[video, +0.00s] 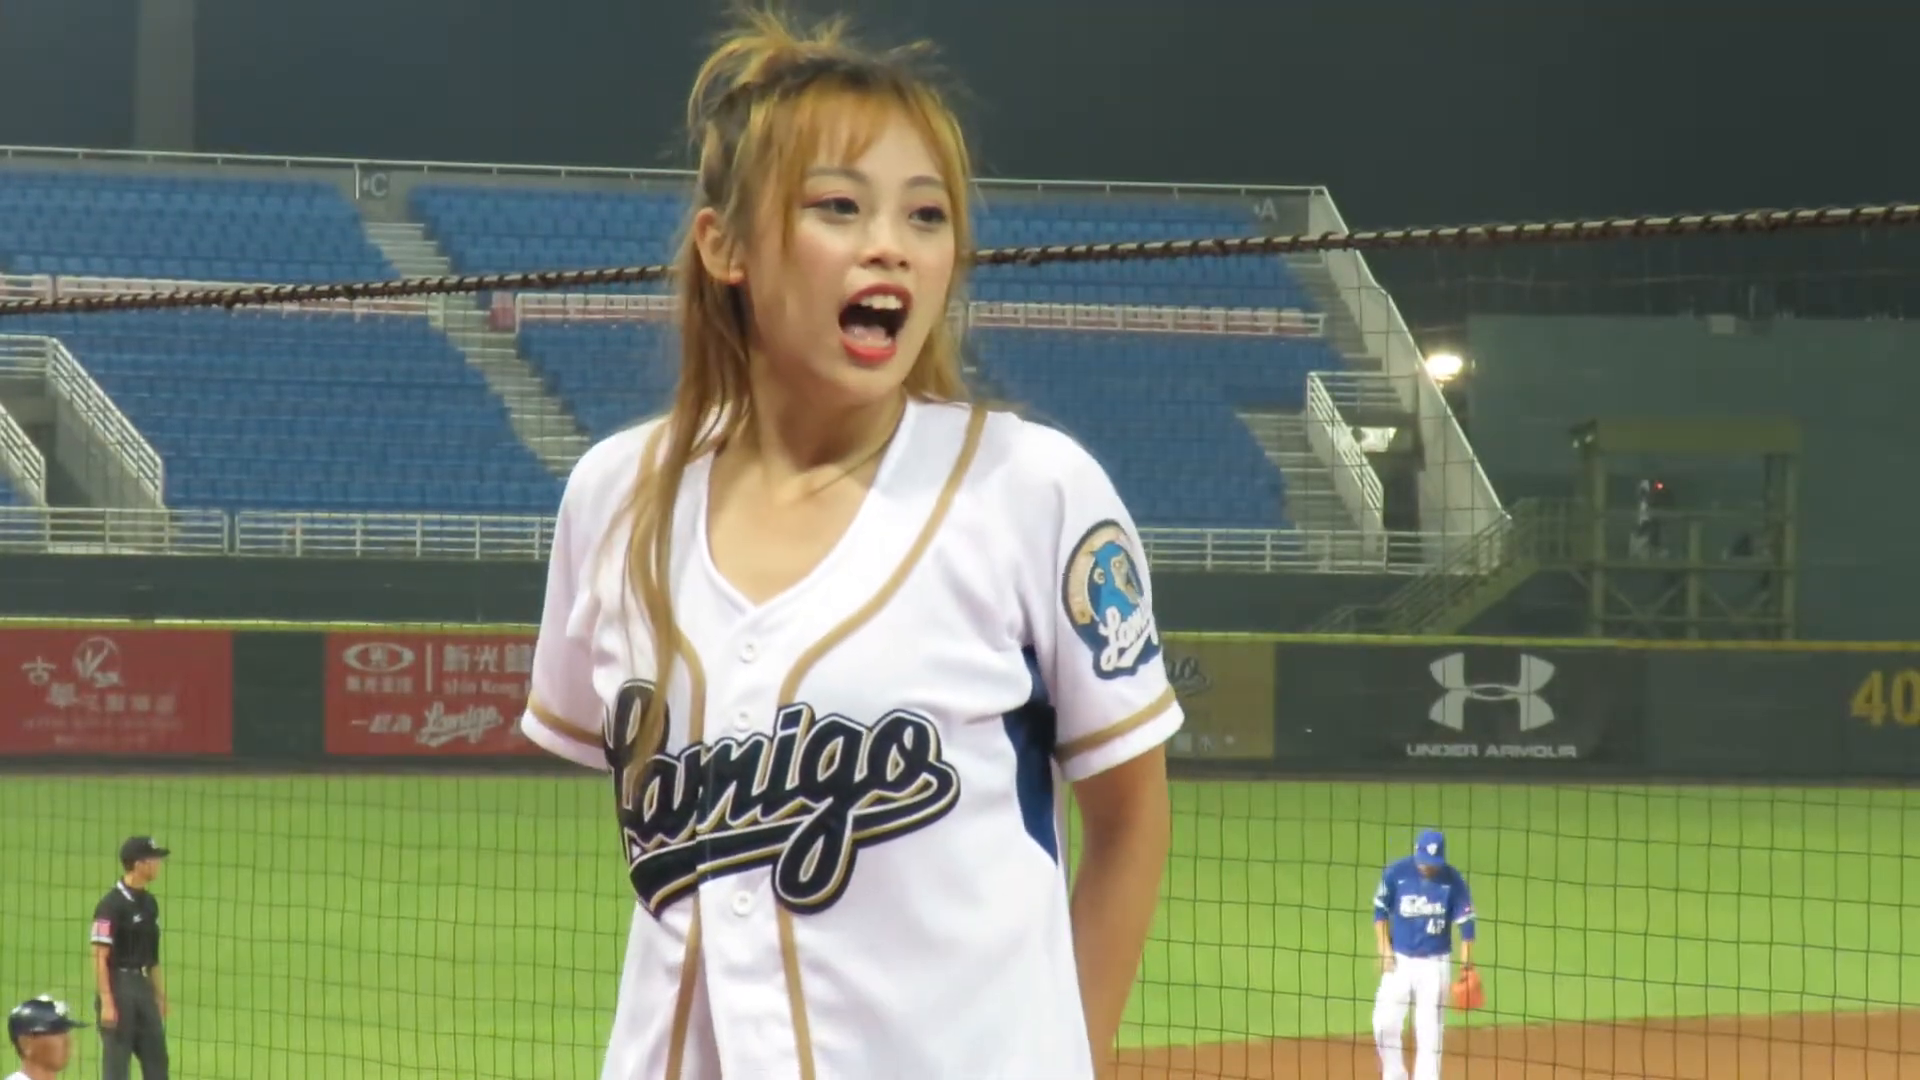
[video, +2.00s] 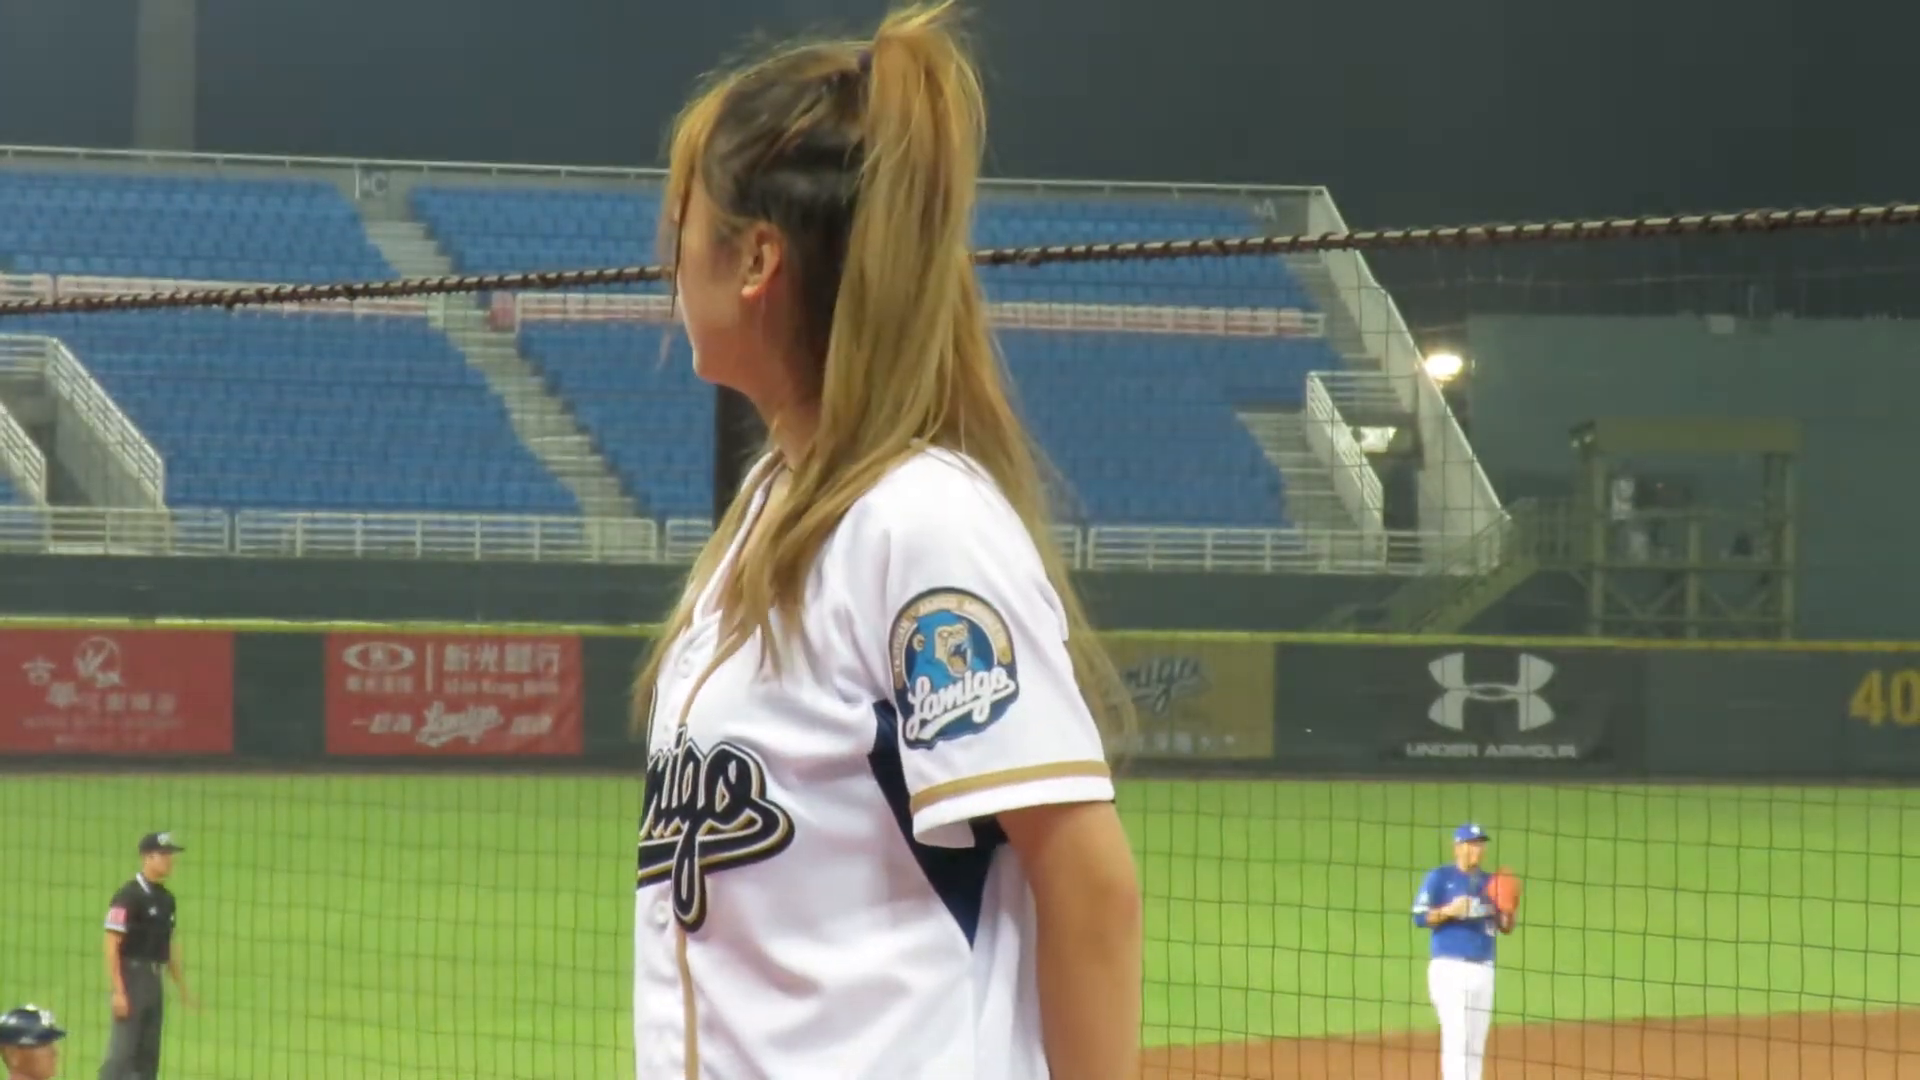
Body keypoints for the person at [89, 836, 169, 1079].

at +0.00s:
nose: (158, 865)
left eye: (157, 860)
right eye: (153, 860)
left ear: (143, 865)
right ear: (137, 865)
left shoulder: (149, 903)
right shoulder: (111, 904)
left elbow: (152, 957)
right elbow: (100, 957)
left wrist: (159, 995)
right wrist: (107, 1002)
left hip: (142, 977)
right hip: (117, 977)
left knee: (156, 1057)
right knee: (117, 1059)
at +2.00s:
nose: (169, 861)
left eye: (170, 856)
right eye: (163, 855)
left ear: (169, 858)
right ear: (147, 857)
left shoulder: (166, 899)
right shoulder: (128, 895)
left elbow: (167, 948)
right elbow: (111, 945)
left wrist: (182, 987)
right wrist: (118, 991)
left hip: (154, 969)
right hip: (130, 967)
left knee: (149, 1045)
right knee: (125, 1045)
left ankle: (144, 1075)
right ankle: (114, 1074)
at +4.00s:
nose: (116, 865)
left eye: (119, 859)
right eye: (110, 859)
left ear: (122, 862)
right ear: (95, 860)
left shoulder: (121, 901)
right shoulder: (78, 903)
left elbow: (123, 952)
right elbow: (66, 954)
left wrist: (129, 990)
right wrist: (72, 1000)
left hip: (114, 973)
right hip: (87, 973)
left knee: (125, 1054)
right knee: (84, 1053)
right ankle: (81, 1074)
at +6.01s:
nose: (117, 865)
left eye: (118, 859)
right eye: (111, 859)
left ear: (119, 861)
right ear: (94, 860)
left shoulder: (118, 898)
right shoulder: (79, 903)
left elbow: (122, 955)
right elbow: (68, 955)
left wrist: (129, 995)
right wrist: (78, 1000)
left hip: (114, 975)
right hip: (89, 975)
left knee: (138, 1049)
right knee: (86, 1055)